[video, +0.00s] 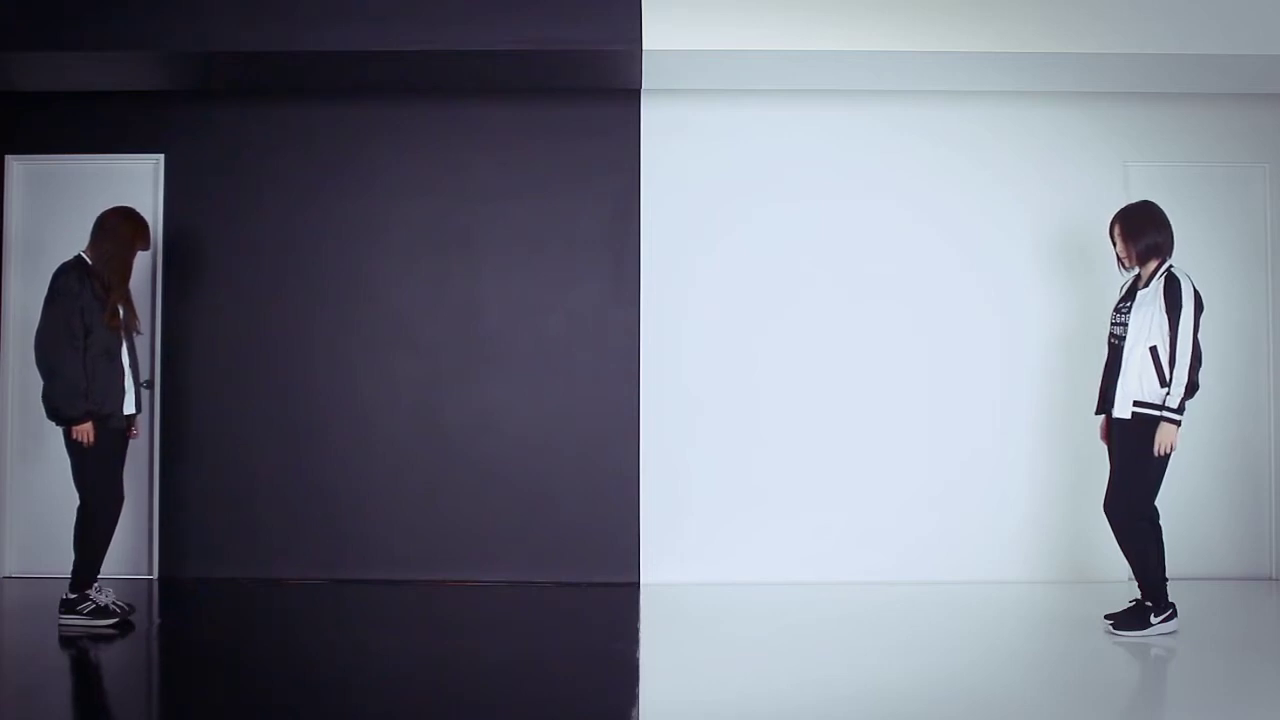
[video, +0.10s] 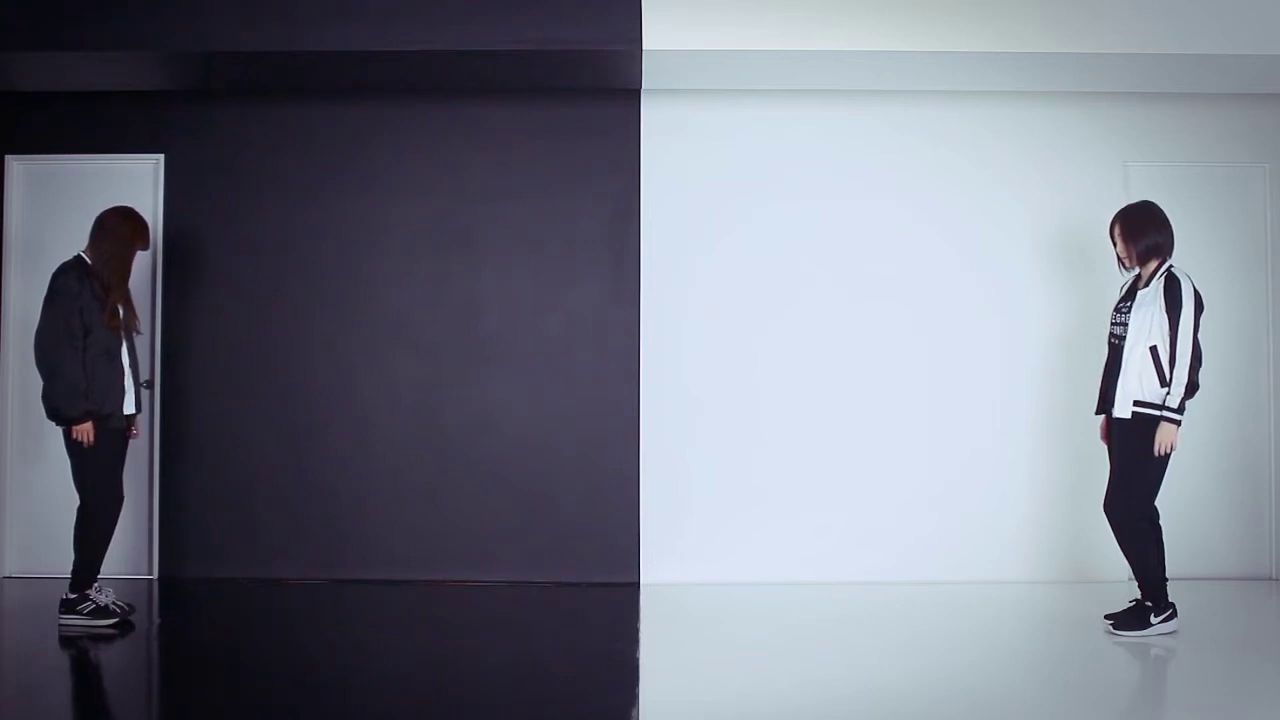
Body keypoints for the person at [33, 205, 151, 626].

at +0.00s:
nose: (134, 259)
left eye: (137, 251)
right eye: (132, 250)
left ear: (110, 241)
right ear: (115, 244)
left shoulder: (110, 283)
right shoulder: (72, 278)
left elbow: (120, 354)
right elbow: (56, 349)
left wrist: (130, 410)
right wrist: (76, 412)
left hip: (112, 416)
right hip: (87, 417)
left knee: (108, 499)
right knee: (100, 501)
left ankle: (86, 590)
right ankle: (78, 597)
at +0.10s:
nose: (133, 259)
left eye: (136, 251)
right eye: (131, 250)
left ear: (108, 240)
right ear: (115, 243)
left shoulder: (109, 283)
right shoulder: (72, 278)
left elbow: (119, 353)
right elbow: (56, 349)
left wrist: (130, 410)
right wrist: (76, 412)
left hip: (112, 416)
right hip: (87, 417)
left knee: (108, 499)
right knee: (100, 501)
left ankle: (86, 590)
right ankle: (78, 597)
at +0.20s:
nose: (132, 259)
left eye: (135, 251)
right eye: (131, 250)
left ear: (108, 240)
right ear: (114, 244)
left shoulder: (109, 283)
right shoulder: (71, 278)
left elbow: (119, 353)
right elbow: (56, 349)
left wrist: (130, 410)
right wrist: (76, 412)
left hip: (112, 416)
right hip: (87, 417)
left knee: (108, 499)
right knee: (99, 501)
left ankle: (86, 590)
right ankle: (77, 597)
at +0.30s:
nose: (132, 259)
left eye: (135, 251)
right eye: (131, 250)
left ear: (108, 240)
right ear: (114, 244)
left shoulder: (109, 283)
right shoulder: (71, 278)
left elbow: (118, 354)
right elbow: (56, 349)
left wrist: (129, 410)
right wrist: (76, 412)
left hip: (112, 415)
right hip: (87, 417)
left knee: (108, 499)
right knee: (98, 501)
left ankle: (86, 590)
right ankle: (77, 597)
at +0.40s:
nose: (132, 259)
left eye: (135, 251)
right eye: (130, 250)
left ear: (108, 240)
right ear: (113, 244)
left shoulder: (109, 283)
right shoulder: (71, 278)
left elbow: (118, 354)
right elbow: (56, 349)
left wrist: (129, 410)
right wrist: (76, 412)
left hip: (112, 415)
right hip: (87, 417)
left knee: (108, 499)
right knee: (98, 501)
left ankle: (86, 590)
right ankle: (77, 597)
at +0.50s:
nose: (132, 259)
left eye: (135, 251)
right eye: (130, 250)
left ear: (108, 240)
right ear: (113, 244)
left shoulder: (109, 283)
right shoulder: (71, 278)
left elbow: (119, 354)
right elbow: (56, 349)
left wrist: (130, 410)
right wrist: (76, 412)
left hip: (112, 415)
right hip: (86, 416)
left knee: (108, 499)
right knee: (98, 501)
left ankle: (86, 590)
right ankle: (77, 597)